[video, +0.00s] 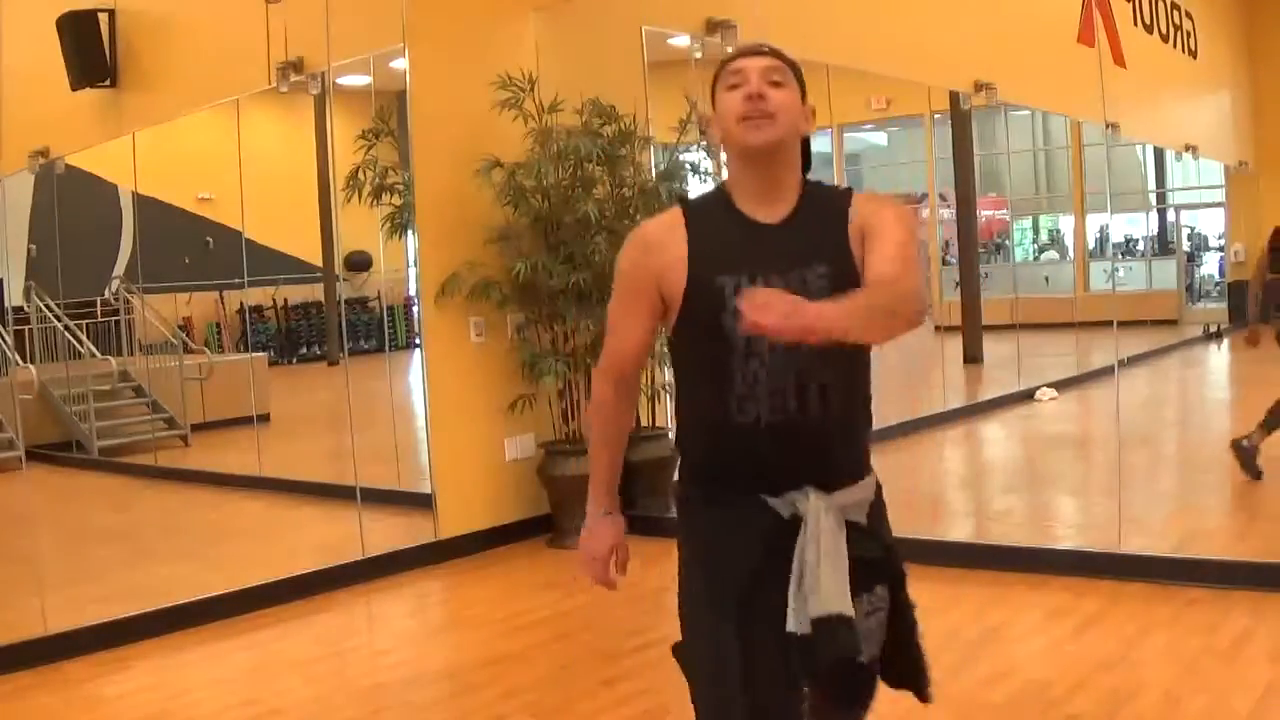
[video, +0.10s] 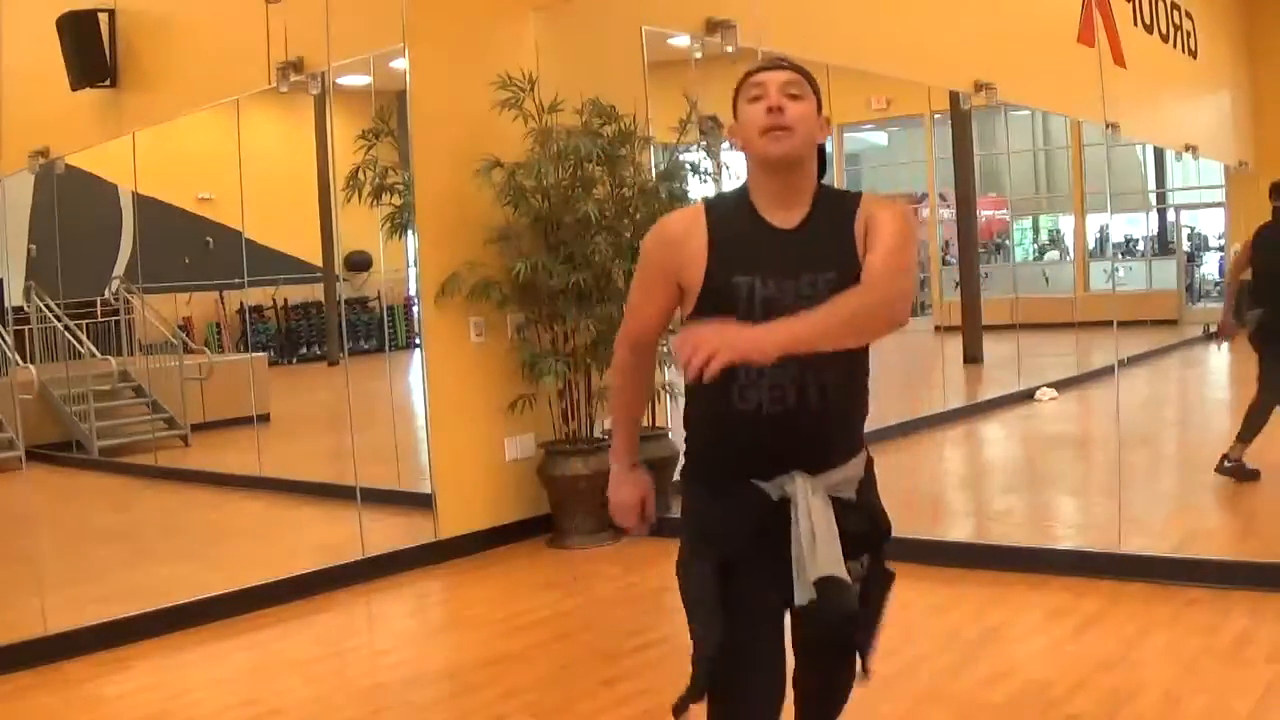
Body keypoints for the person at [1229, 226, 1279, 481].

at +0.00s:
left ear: (1274, 240)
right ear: (1273, 239)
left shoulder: (1273, 245)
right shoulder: (1274, 244)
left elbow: (1257, 279)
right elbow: (1257, 278)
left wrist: (1253, 323)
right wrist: (1253, 323)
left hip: (1278, 330)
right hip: (1278, 329)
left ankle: (1253, 441)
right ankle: (1252, 441)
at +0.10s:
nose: (1277, 205)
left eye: (1276, 200)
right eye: (1276, 200)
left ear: (1273, 201)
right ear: (1273, 200)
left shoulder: (1264, 234)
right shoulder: (1265, 234)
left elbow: (1235, 272)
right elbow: (1235, 272)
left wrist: (1229, 314)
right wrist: (1228, 314)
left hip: (1266, 325)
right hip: (1268, 325)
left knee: (1269, 392)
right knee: (1269, 392)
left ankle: (1234, 455)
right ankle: (1234, 455)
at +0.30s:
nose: (1271, 194)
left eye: (1263, 189)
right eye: (1269, 189)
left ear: (1240, 191)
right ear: (1266, 191)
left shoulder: (1224, 227)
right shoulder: (1272, 228)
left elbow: (1201, 269)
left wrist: (1194, 309)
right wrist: (1276, 325)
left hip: (1225, 318)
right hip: (1257, 319)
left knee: (1235, 384)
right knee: (1247, 386)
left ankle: (1233, 452)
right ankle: (1230, 460)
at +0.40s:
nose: (1257, 192)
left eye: (1253, 186)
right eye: (1255, 187)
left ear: (1226, 193)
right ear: (1250, 192)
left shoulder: (1208, 226)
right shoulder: (1262, 230)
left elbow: (1182, 268)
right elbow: (1266, 280)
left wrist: (1185, 312)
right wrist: (1258, 324)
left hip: (1205, 324)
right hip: (1237, 326)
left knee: (1202, 389)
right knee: (1235, 396)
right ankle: (1228, 462)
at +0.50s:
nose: (1238, 193)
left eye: (1234, 187)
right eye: (1236, 188)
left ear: (1207, 193)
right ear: (1232, 192)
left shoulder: (1189, 227)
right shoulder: (1244, 229)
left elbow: (1166, 269)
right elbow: (1251, 267)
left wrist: (1174, 303)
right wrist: (1249, 301)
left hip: (1182, 324)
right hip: (1218, 326)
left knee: (1169, 386)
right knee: (1225, 391)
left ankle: (1141, 450)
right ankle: (1227, 462)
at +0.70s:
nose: (1197, 208)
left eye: (1195, 202)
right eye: (1195, 203)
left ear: (1166, 209)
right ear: (1188, 207)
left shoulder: (1146, 242)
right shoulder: (1200, 242)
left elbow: (1123, 288)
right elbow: (1223, 267)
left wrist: (1140, 313)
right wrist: (1229, 302)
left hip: (1135, 339)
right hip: (1173, 339)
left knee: (1126, 402)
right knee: (1203, 399)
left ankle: (1096, 463)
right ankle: (1224, 462)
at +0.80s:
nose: (1171, 223)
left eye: (1167, 218)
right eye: (1169, 217)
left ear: (1140, 221)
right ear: (1164, 219)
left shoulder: (1122, 256)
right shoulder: (1180, 256)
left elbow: (1101, 304)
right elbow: (1203, 298)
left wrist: (1128, 318)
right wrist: (1216, 341)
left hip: (1115, 352)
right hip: (1153, 353)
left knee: (1108, 415)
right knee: (1186, 408)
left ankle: (1088, 479)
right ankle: (1217, 461)